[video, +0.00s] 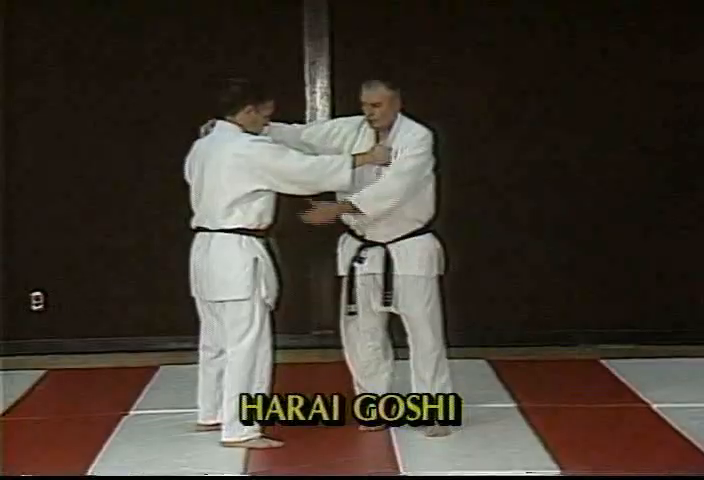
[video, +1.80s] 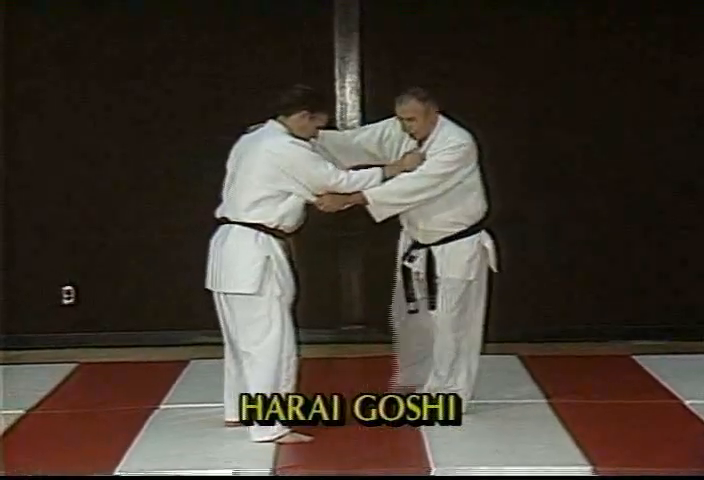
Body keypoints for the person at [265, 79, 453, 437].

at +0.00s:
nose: (370, 113)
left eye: (377, 106)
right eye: (366, 107)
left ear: (397, 104)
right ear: (361, 106)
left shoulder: (416, 138)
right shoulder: (351, 131)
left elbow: (393, 189)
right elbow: (302, 135)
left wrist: (339, 209)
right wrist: (245, 127)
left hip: (409, 247)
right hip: (361, 246)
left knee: (423, 332)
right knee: (361, 330)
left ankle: (435, 411)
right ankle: (373, 406)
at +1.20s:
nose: (400, 132)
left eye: (405, 124)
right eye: (395, 125)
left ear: (425, 115)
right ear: (390, 121)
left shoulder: (450, 144)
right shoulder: (387, 132)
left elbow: (414, 187)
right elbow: (340, 141)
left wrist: (347, 201)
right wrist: (290, 138)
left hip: (454, 245)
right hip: (412, 243)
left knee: (449, 329)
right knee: (412, 327)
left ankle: (443, 407)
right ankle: (419, 401)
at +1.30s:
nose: (400, 131)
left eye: (406, 124)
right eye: (395, 124)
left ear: (426, 116)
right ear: (391, 120)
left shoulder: (451, 146)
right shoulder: (386, 133)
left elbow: (412, 189)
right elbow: (341, 141)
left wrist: (346, 202)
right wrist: (291, 138)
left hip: (457, 243)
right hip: (419, 243)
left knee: (452, 325)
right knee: (429, 323)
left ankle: (447, 398)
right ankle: (436, 390)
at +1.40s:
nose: (401, 132)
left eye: (407, 124)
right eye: (396, 124)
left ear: (427, 116)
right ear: (392, 120)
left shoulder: (451, 146)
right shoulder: (388, 132)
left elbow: (412, 190)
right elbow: (343, 140)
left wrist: (344, 202)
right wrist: (294, 136)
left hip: (456, 242)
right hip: (422, 239)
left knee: (450, 322)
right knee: (437, 303)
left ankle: (441, 396)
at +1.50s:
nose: (402, 132)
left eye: (408, 125)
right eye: (397, 125)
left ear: (428, 117)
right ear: (392, 121)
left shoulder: (451, 146)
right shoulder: (390, 132)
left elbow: (413, 189)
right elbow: (345, 140)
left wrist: (345, 203)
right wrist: (294, 135)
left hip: (458, 242)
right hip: (422, 239)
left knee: (449, 321)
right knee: (440, 300)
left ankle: (443, 394)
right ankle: (485, 329)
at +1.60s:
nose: (403, 132)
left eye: (409, 125)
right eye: (399, 125)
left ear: (429, 117)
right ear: (394, 121)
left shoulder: (453, 146)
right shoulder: (391, 134)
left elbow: (414, 189)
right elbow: (344, 141)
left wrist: (347, 202)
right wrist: (296, 136)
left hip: (459, 243)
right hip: (424, 241)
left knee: (450, 322)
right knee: (441, 312)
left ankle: (445, 395)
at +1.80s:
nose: (407, 129)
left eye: (413, 121)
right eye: (402, 122)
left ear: (433, 114)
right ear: (398, 118)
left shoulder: (456, 144)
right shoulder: (394, 132)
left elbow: (419, 184)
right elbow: (348, 142)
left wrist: (353, 198)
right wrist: (300, 136)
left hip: (457, 246)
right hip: (414, 242)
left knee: (451, 324)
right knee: (409, 320)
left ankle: (449, 396)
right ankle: (408, 387)